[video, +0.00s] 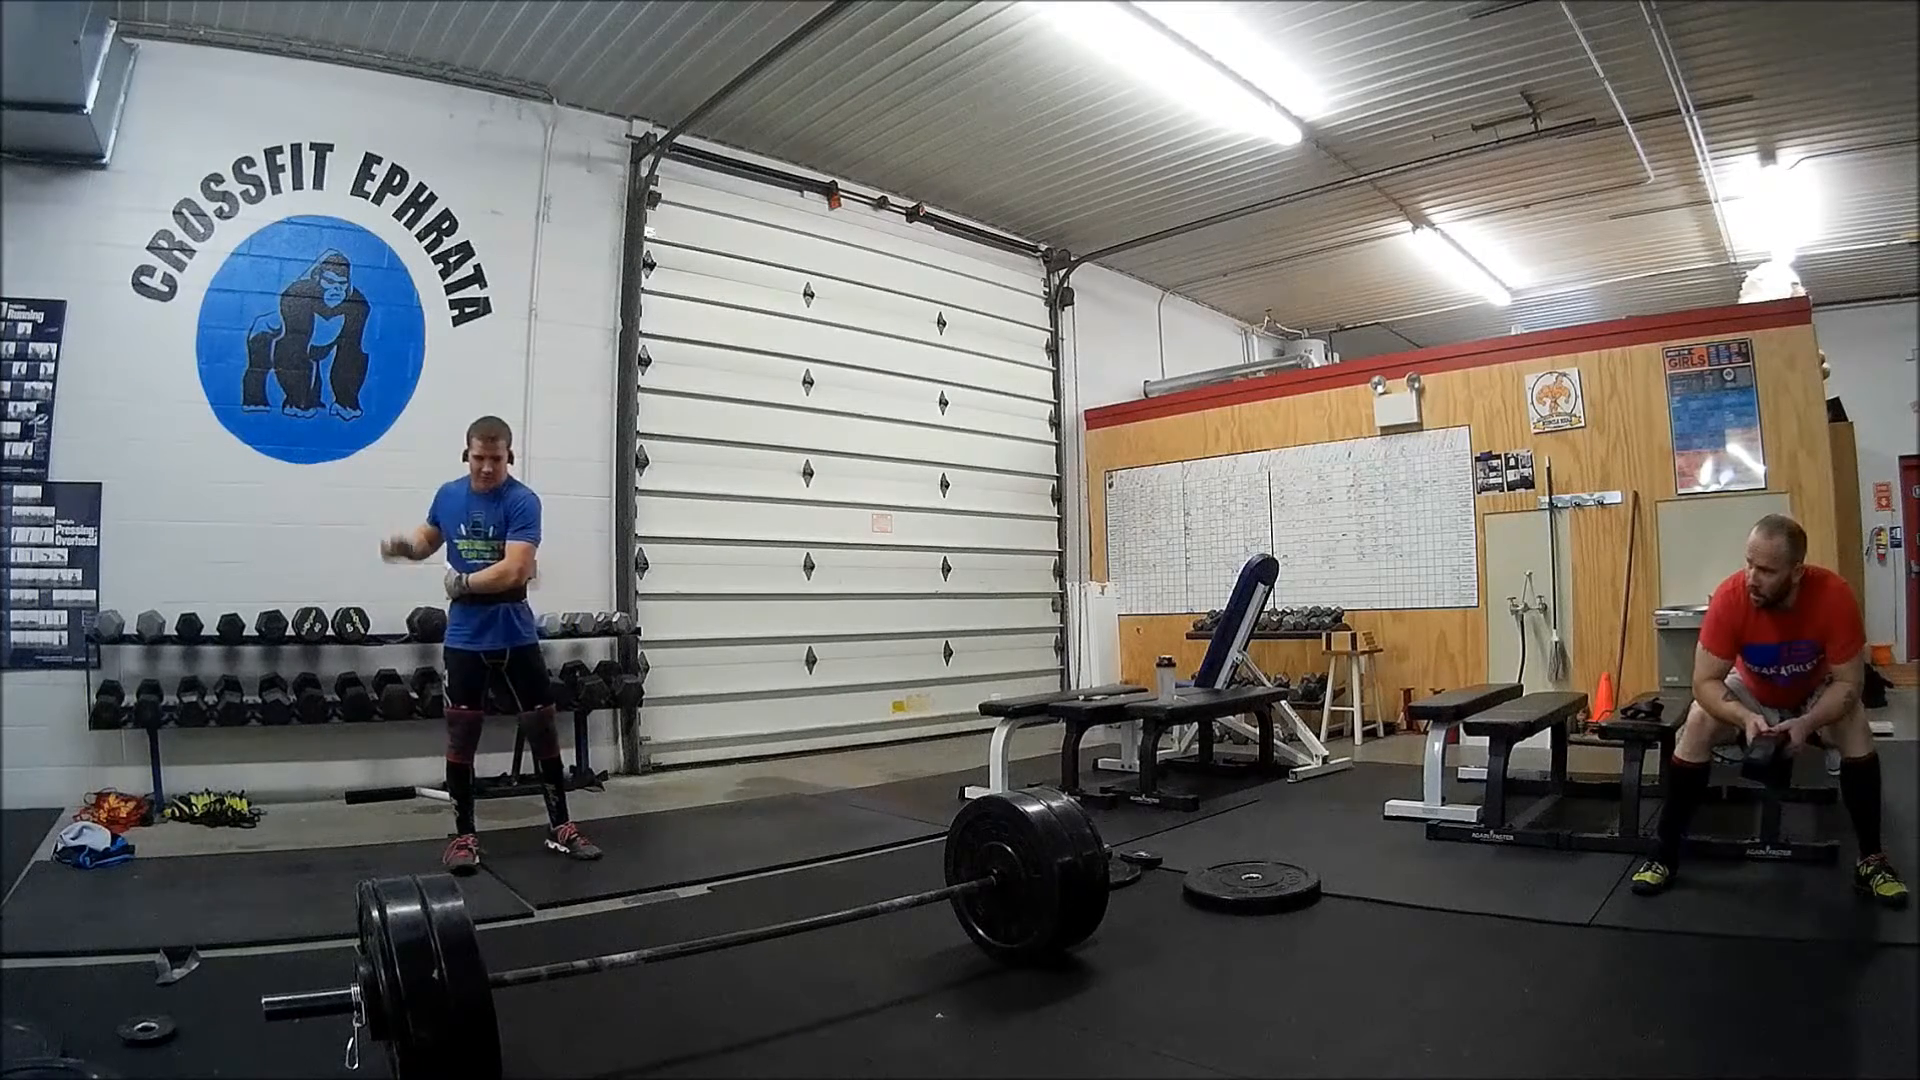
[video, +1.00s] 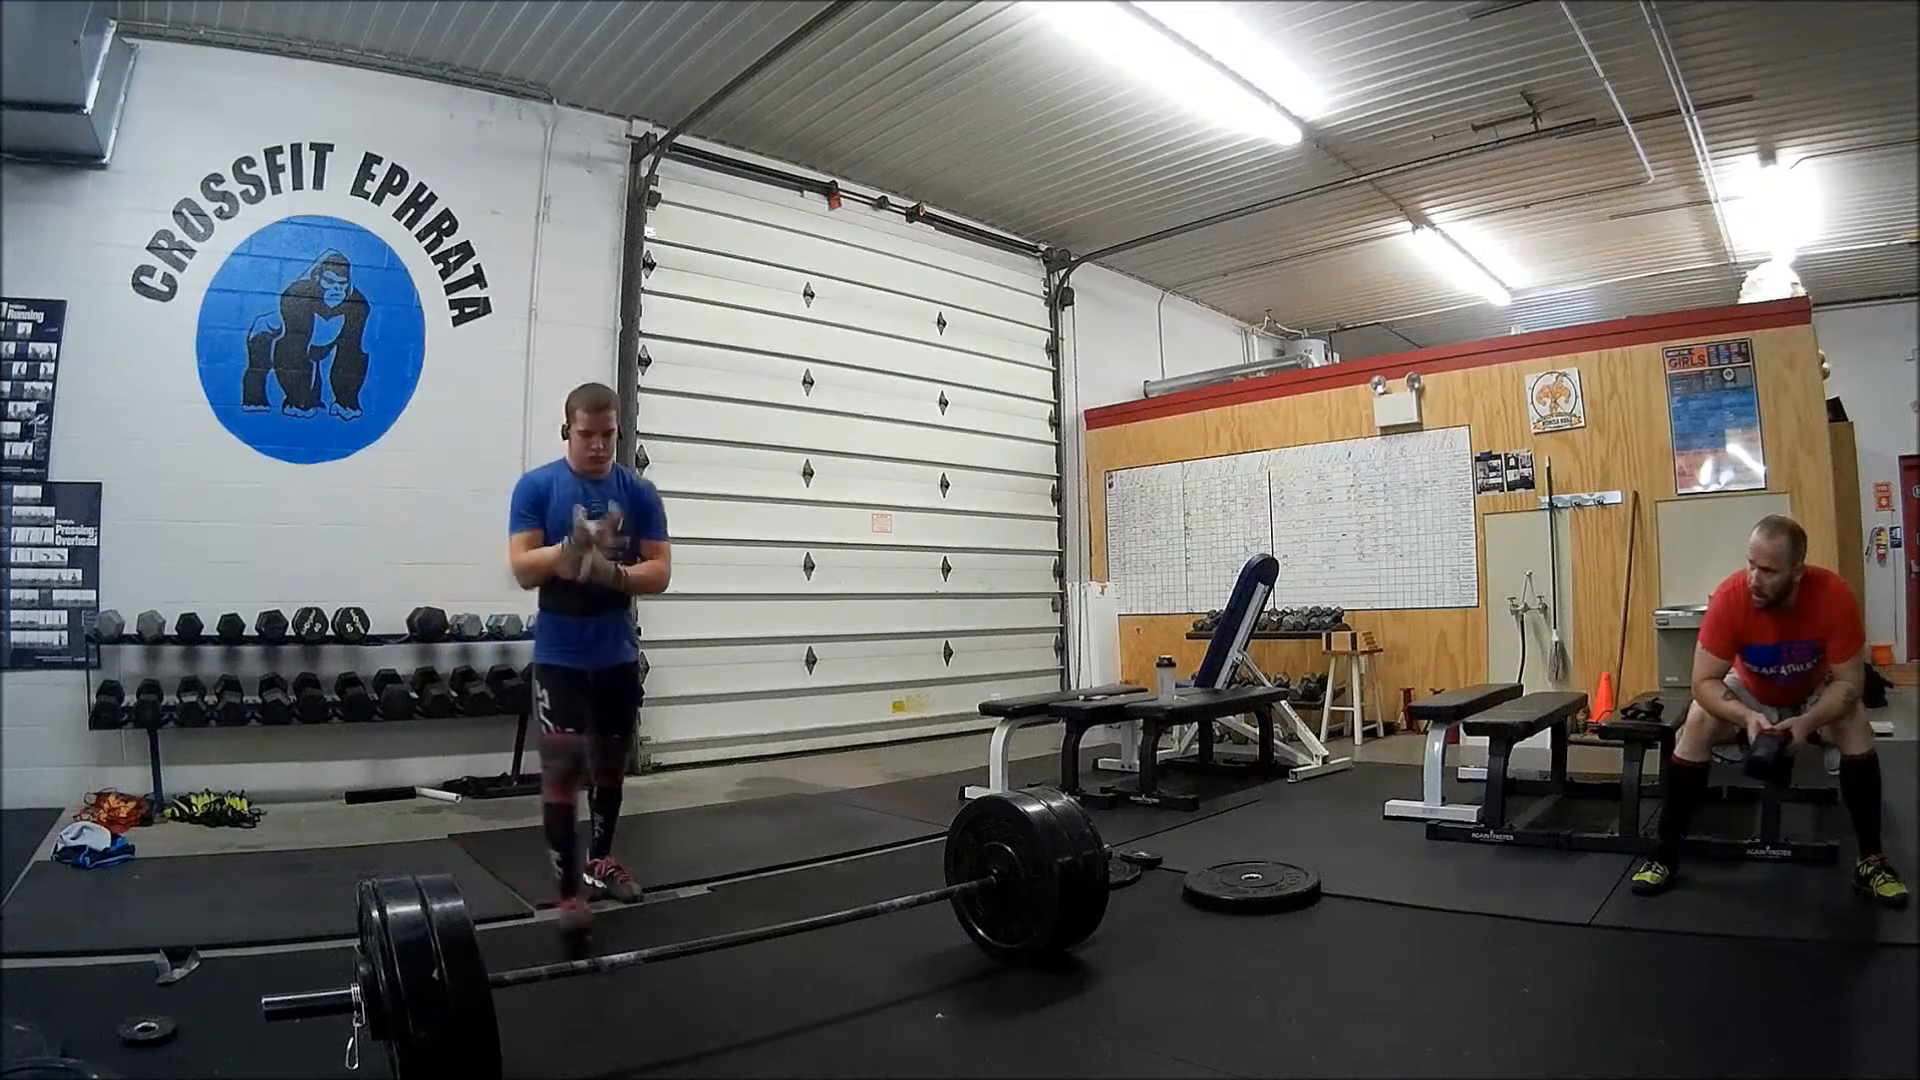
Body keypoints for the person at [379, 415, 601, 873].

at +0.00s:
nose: (486, 467)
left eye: (494, 459)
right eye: (478, 458)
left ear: (509, 456)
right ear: (467, 454)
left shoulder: (522, 501)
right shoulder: (450, 495)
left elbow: (515, 571)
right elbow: (427, 541)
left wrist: (464, 582)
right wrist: (405, 546)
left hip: (515, 636)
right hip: (465, 640)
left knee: (542, 726)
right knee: (462, 736)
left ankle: (561, 827)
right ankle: (464, 836)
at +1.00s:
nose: (599, 444)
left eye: (608, 433)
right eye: (588, 434)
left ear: (618, 430)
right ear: (567, 430)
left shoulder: (638, 493)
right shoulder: (536, 488)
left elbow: (659, 575)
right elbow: (522, 569)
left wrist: (606, 572)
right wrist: (572, 547)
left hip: (617, 654)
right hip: (560, 654)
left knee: (610, 765)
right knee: (563, 765)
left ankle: (601, 860)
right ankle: (570, 890)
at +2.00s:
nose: (744, 717)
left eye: (759, 708)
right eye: (733, 702)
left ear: (794, 682)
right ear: (716, 656)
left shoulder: (810, 645)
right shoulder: (660, 670)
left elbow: (797, 692)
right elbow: (607, 803)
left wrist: (755, 754)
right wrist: (602, 922)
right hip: (646, 678)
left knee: (809, 793)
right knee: (650, 815)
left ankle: (819, 958)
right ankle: (662, 989)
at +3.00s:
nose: (808, 762)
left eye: (822, 755)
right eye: (801, 750)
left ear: (843, 722)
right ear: (774, 703)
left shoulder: (848, 707)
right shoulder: (697, 704)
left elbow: (890, 782)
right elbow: (617, 811)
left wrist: (906, 873)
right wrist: (602, 930)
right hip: (651, 679)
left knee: (820, 800)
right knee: (665, 816)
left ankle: (817, 959)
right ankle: (670, 990)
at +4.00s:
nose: (829, 790)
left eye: (843, 783)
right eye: (825, 778)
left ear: (869, 731)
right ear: (787, 732)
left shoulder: (865, 717)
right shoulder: (702, 708)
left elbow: (901, 792)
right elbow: (625, 817)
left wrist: (910, 875)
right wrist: (604, 932)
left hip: (759, 648)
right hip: (660, 670)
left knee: (820, 805)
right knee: (675, 818)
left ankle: (815, 961)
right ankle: (673, 992)